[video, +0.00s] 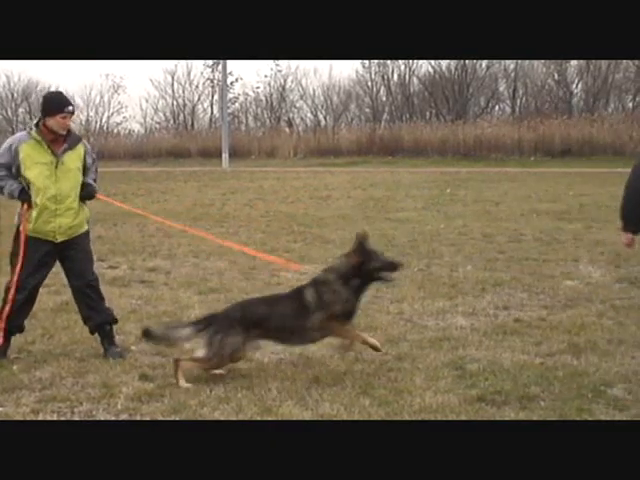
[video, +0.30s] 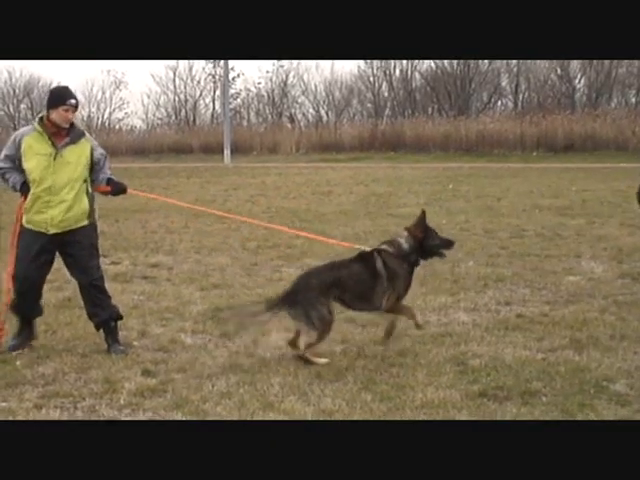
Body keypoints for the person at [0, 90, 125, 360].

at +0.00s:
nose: (67, 121)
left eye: (70, 116)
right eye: (62, 116)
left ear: (72, 117)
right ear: (46, 117)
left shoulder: (80, 146)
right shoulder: (18, 145)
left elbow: (91, 168)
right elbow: (3, 175)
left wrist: (89, 185)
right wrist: (17, 190)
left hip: (74, 230)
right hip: (36, 232)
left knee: (87, 283)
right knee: (22, 288)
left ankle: (108, 341)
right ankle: (4, 340)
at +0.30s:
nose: (70, 115)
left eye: (73, 110)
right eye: (65, 109)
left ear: (76, 112)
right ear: (50, 109)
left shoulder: (85, 142)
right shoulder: (23, 138)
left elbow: (100, 171)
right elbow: (6, 165)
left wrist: (107, 184)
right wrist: (20, 183)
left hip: (77, 225)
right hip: (36, 225)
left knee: (92, 279)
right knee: (24, 279)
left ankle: (111, 337)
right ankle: (25, 328)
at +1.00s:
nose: (85, 100)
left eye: (86, 95)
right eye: (80, 95)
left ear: (82, 96)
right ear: (63, 95)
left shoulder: (87, 124)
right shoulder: (32, 120)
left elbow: (90, 156)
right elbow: (7, 150)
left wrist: (100, 165)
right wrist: (33, 169)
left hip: (85, 207)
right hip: (49, 208)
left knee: (99, 259)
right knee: (38, 264)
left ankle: (115, 313)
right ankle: (16, 313)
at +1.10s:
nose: (81, 97)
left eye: (82, 92)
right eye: (76, 92)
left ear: (77, 94)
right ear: (59, 93)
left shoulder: (80, 122)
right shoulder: (29, 117)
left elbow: (82, 156)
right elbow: (4, 147)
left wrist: (103, 164)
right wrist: (29, 167)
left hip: (79, 206)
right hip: (44, 207)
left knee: (92, 259)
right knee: (33, 265)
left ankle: (111, 311)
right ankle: (12, 315)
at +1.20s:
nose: (80, 96)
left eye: (80, 91)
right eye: (75, 91)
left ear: (72, 93)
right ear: (58, 92)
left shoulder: (81, 124)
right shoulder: (26, 116)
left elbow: (88, 159)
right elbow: (3, 144)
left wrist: (107, 166)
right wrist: (22, 164)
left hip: (76, 205)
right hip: (40, 206)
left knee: (90, 258)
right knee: (31, 264)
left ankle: (110, 310)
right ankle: (11, 315)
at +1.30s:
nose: (79, 96)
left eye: (80, 91)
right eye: (75, 91)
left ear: (75, 93)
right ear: (58, 92)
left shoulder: (83, 124)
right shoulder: (25, 116)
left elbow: (91, 159)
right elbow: (2, 143)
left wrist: (109, 165)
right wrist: (19, 163)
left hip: (76, 205)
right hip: (37, 205)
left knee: (91, 259)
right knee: (26, 265)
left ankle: (112, 310)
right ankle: (9, 314)